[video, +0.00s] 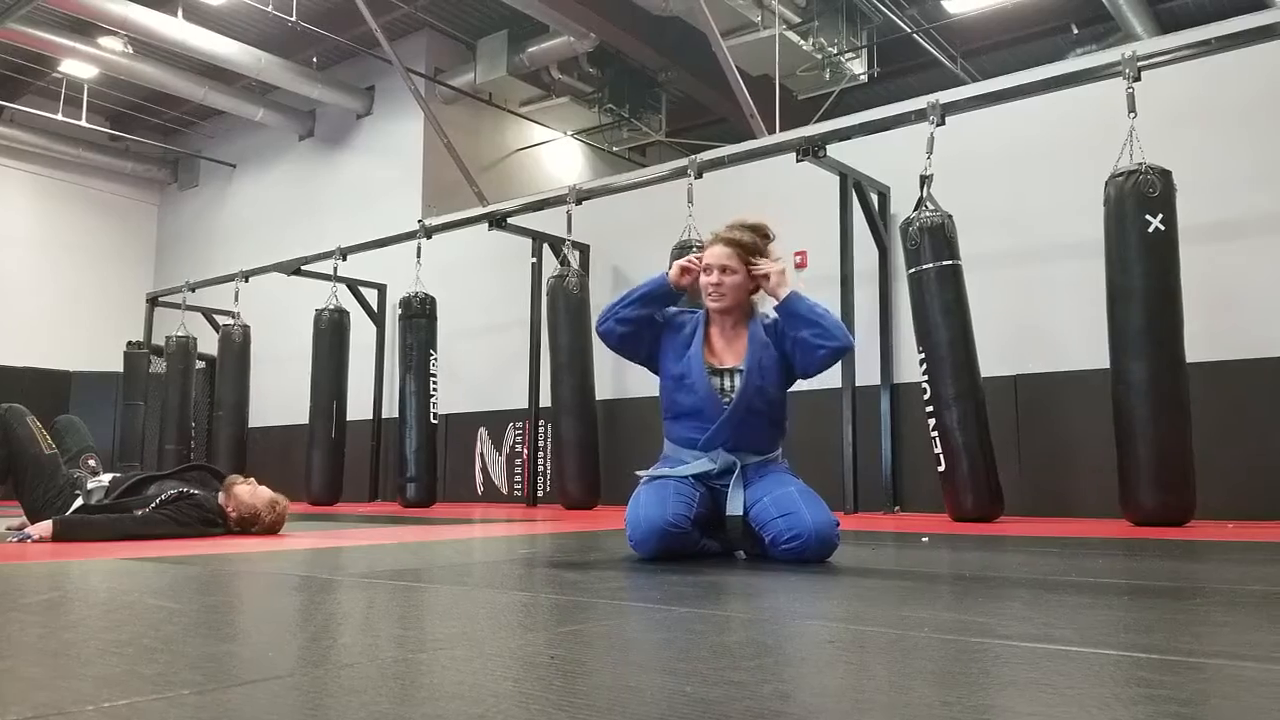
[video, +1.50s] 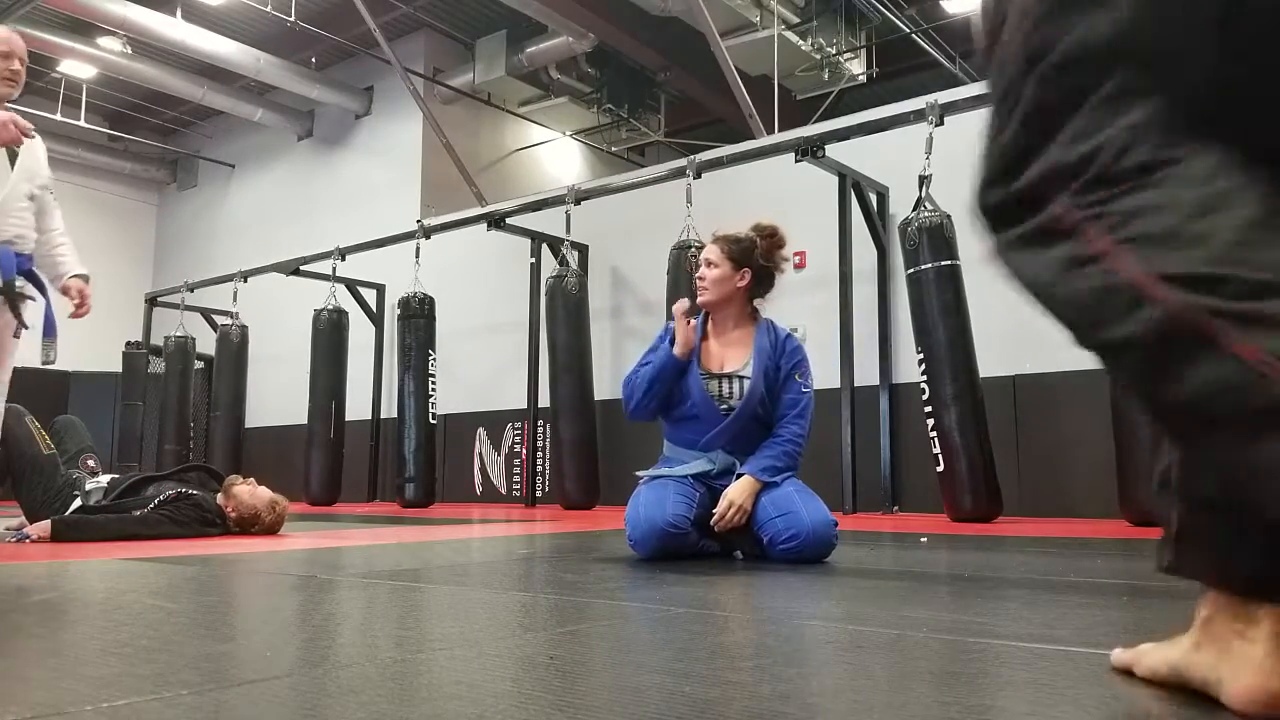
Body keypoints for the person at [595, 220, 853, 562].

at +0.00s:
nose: (714, 280)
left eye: (727, 271)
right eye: (707, 270)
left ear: (753, 281)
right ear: (698, 278)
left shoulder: (776, 333)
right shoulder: (672, 329)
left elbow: (837, 343)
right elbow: (610, 327)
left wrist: (783, 293)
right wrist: (669, 285)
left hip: (760, 473)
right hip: (682, 473)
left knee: (813, 537)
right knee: (650, 535)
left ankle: (745, 535)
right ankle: (717, 541)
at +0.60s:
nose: (696, 281)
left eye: (710, 273)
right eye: (692, 271)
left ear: (741, 282)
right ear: (686, 275)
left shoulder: (771, 334)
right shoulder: (670, 336)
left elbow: (837, 331)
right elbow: (614, 350)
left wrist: (783, 289)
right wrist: (671, 308)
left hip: (758, 473)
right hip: (681, 474)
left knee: (812, 537)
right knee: (650, 533)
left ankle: (746, 534)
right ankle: (717, 541)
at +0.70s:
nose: (692, 276)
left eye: (705, 267)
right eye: (691, 267)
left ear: (737, 277)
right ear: (685, 272)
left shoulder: (768, 332)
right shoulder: (672, 334)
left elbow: (833, 349)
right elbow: (626, 380)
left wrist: (778, 306)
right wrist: (669, 322)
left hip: (758, 473)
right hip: (682, 474)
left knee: (813, 538)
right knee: (650, 533)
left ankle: (747, 534)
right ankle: (718, 541)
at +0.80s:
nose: (689, 272)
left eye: (701, 264)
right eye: (690, 264)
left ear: (733, 275)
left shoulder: (769, 335)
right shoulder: (673, 338)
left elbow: (822, 379)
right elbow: (641, 403)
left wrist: (764, 331)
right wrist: (664, 335)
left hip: (758, 474)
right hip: (682, 474)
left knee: (813, 537)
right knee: (650, 532)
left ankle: (747, 534)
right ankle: (716, 541)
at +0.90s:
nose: (687, 272)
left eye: (699, 263)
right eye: (689, 264)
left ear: (731, 275)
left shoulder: (777, 339)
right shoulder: (672, 339)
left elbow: (808, 413)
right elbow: (644, 408)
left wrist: (757, 375)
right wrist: (660, 338)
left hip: (758, 475)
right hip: (682, 474)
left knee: (813, 537)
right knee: (649, 533)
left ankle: (747, 537)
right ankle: (713, 542)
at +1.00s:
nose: (688, 274)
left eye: (699, 265)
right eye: (689, 266)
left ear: (731, 275)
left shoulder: (776, 343)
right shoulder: (671, 339)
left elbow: (797, 422)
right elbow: (639, 403)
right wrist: (658, 334)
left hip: (758, 478)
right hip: (683, 475)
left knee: (813, 537)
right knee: (650, 533)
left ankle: (746, 537)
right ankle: (715, 542)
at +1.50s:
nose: (698, 274)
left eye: (710, 266)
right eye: (700, 265)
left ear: (742, 278)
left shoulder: (783, 347)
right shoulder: (678, 335)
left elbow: (791, 433)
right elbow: (636, 406)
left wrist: (751, 481)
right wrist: (679, 352)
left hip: (760, 475)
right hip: (682, 474)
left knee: (812, 536)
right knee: (651, 533)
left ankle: (741, 536)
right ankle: (718, 542)